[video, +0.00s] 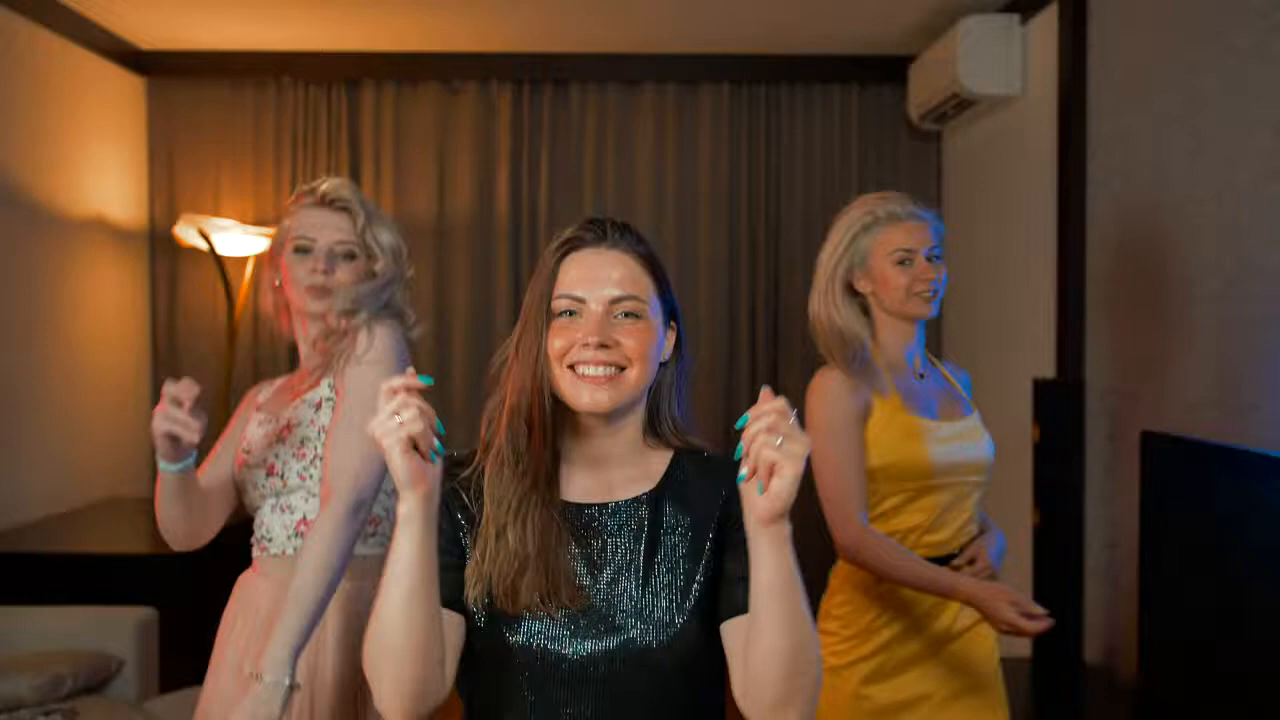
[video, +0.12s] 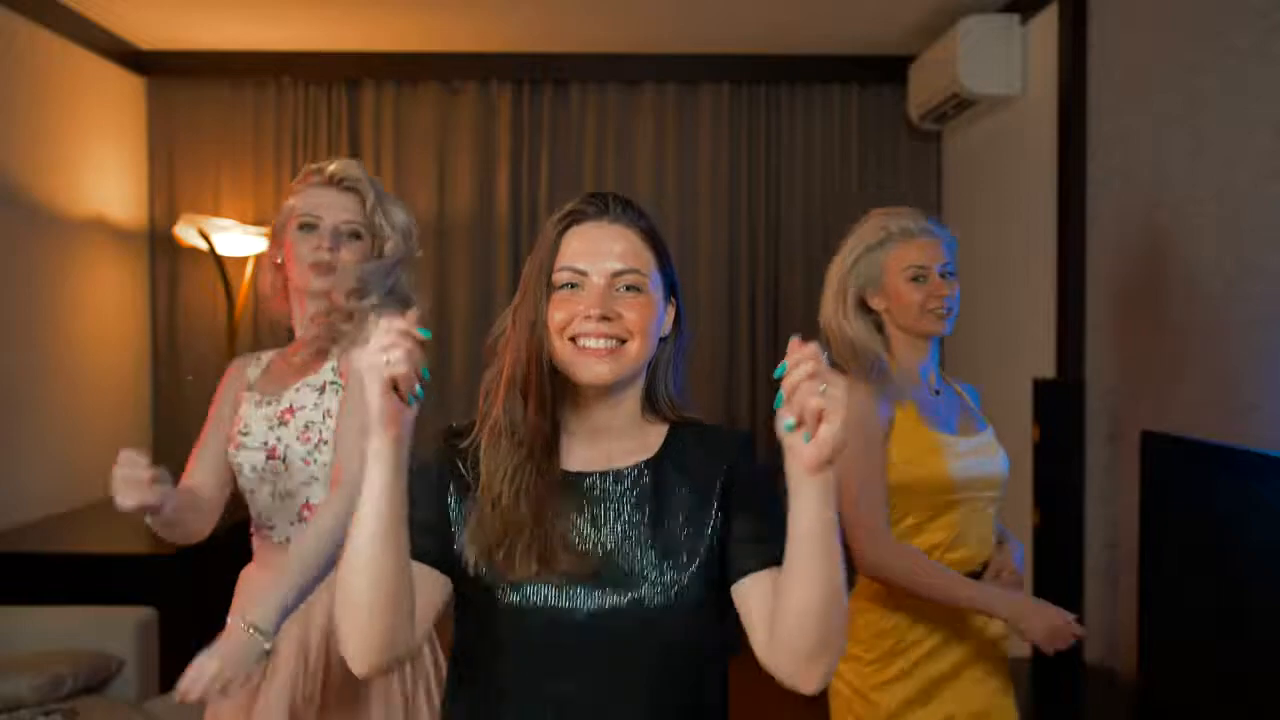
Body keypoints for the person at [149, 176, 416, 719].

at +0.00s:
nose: (321, 270)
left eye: (345, 255)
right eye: (303, 250)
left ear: (373, 272)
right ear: (278, 268)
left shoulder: (375, 344)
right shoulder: (264, 397)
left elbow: (345, 509)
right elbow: (188, 531)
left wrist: (275, 671)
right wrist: (175, 461)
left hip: (332, 627)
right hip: (254, 610)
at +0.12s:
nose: (326, 246)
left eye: (349, 234)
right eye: (307, 227)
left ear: (377, 256)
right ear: (280, 248)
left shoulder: (374, 357)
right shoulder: (247, 375)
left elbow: (347, 502)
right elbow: (197, 515)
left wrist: (250, 630)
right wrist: (160, 500)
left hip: (355, 604)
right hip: (264, 611)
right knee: (233, 710)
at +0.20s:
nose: (327, 244)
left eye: (350, 233)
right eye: (309, 227)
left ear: (379, 256)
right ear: (280, 250)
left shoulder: (387, 364)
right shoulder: (235, 376)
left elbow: (374, 514)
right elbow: (198, 515)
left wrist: (249, 598)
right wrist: (153, 559)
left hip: (370, 622)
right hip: (270, 627)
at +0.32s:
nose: (327, 271)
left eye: (349, 259)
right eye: (306, 256)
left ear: (374, 288)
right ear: (278, 283)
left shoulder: (393, 398)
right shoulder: (221, 400)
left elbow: (402, 565)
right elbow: (191, 559)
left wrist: (282, 602)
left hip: (373, 665)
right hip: (262, 671)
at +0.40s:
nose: (321, 278)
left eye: (344, 267)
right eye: (301, 264)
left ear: (369, 300)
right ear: (271, 293)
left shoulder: (397, 415)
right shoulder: (211, 408)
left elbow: (424, 566)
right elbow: (188, 577)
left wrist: (309, 571)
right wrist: (199, 710)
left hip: (373, 665)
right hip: (258, 667)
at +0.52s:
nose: (312, 262)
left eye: (334, 251)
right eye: (291, 250)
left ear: (361, 284)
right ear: (263, 281)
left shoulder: (390, 404)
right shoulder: (211, 399)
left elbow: (398, 562)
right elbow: (175, 572)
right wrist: (200, 697)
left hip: (364, 655)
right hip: (251, 661)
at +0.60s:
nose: (310, 247)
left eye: (331, 236)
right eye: (288, 237)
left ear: (361, 267)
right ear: (263, 271)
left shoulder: (400, 390)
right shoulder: (219, 391)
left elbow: (403, 535)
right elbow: (178, 563)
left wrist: (281, 484)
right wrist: (199, 682)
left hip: (361, 646)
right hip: (243, 649)